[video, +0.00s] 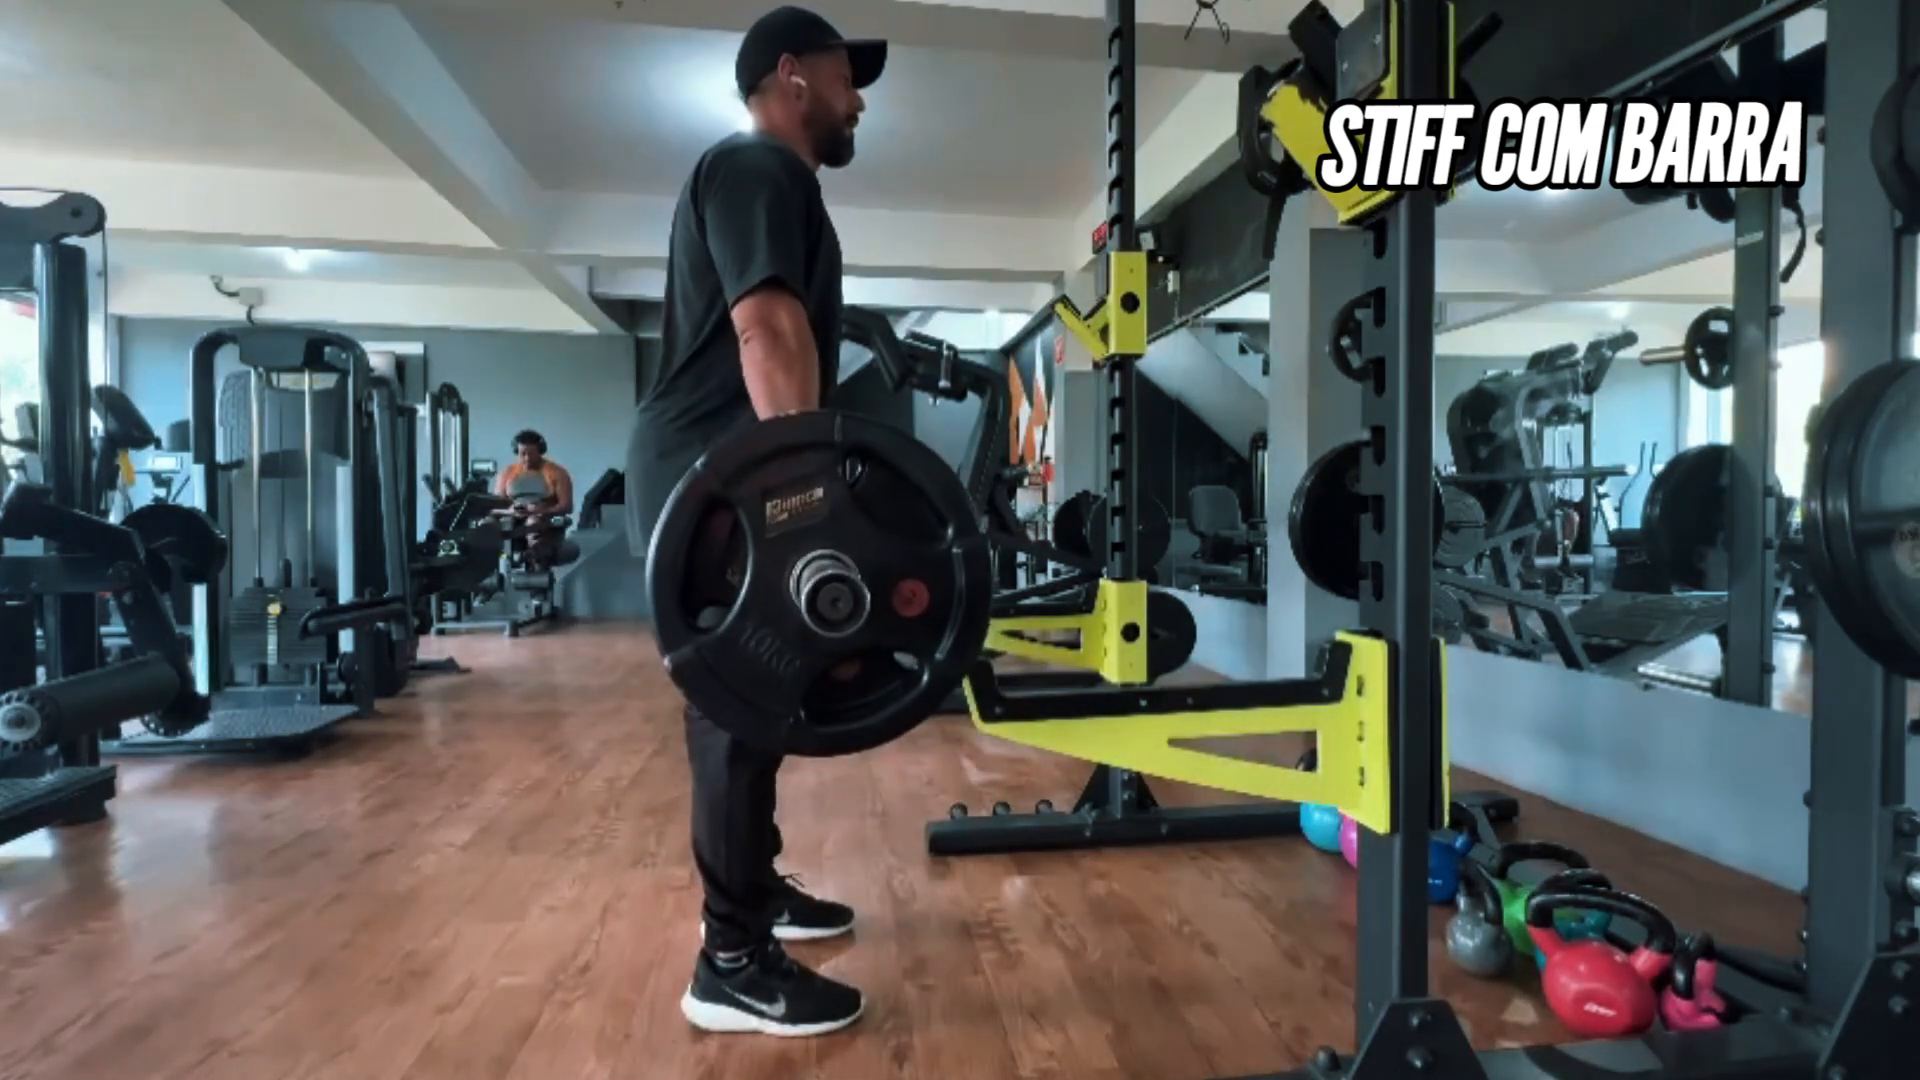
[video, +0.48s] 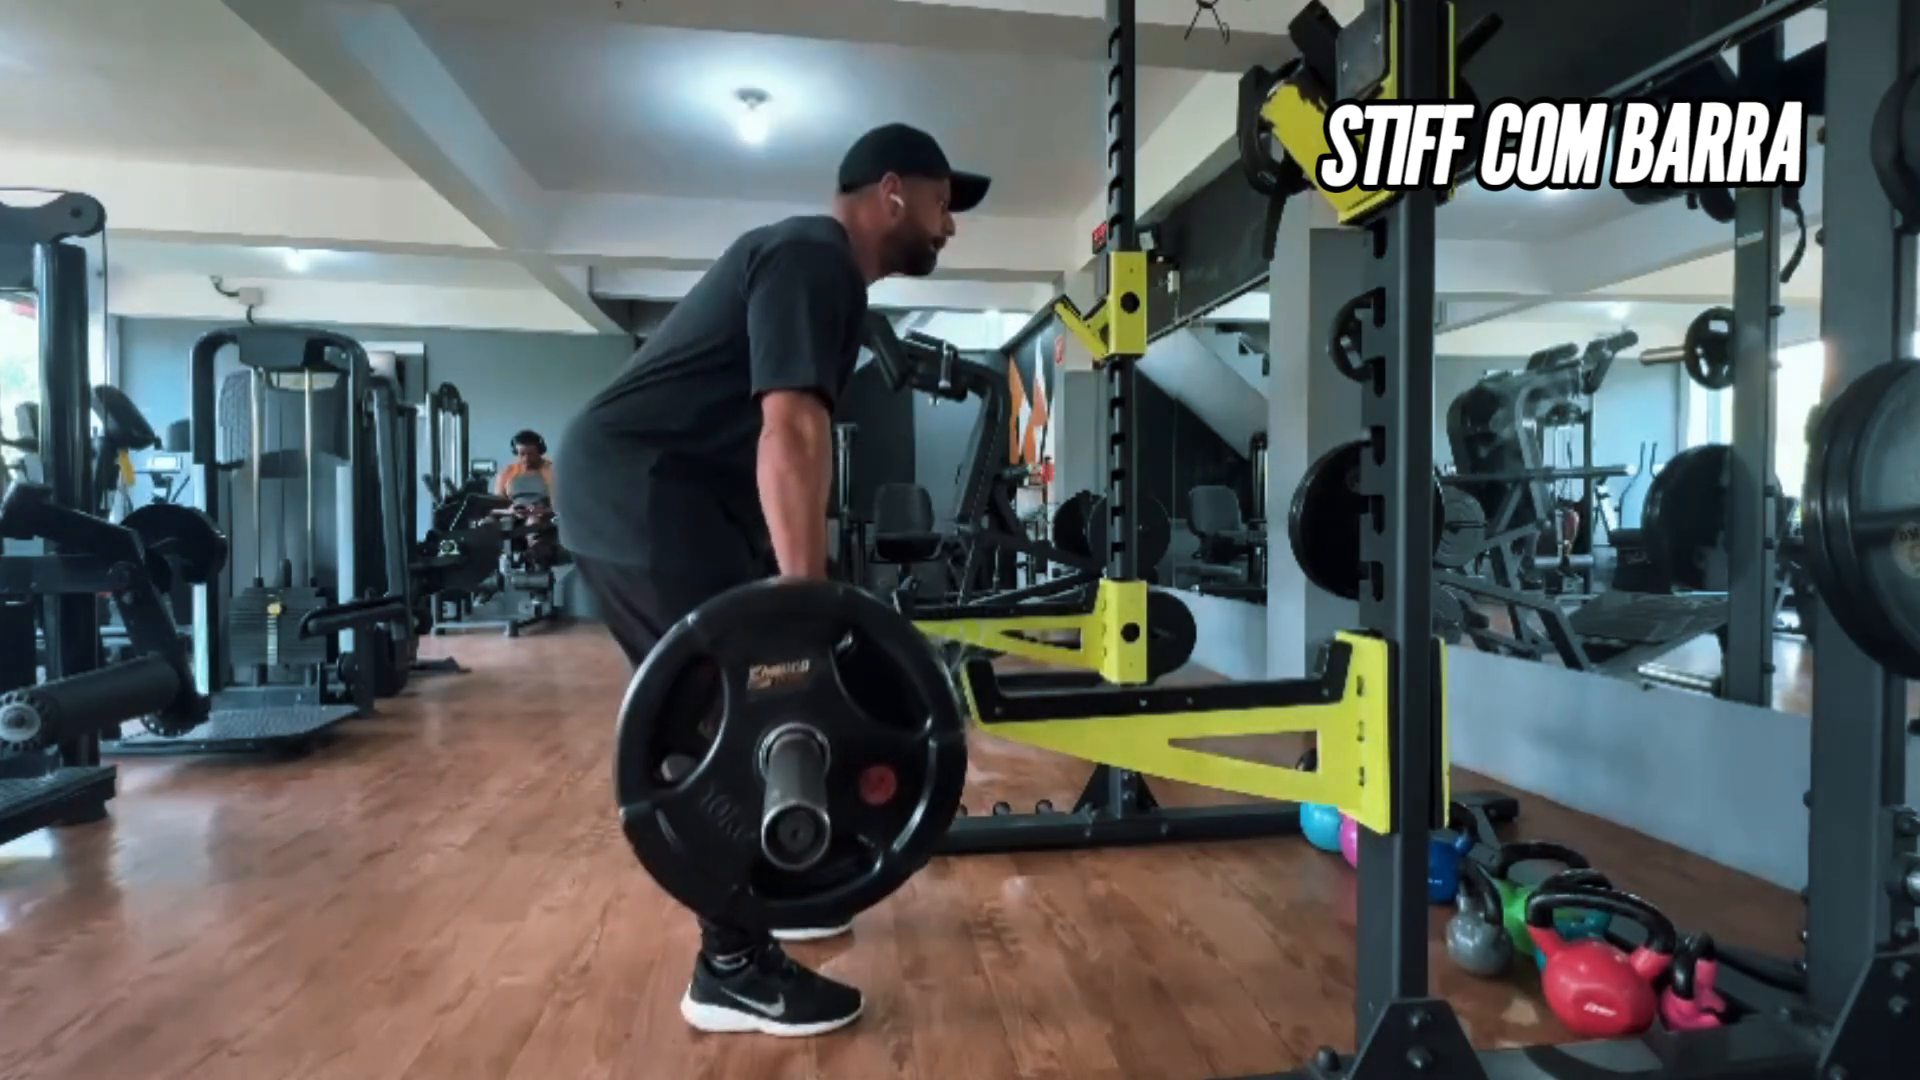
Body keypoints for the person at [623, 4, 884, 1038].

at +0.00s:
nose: (861, 96)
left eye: (859, 80)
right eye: (848, 76)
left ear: (786, 83)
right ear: (790, 75)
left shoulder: (764, 182)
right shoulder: (754, 165)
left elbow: (778, 344)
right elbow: (765, 326)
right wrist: (810, 498)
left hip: (720, 474)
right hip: (706, 475)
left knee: (752, 693)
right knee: (733, 704)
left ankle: (751, 884)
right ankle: (731, 958)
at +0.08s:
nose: (873, 109)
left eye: (873, 91)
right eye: (862, 86)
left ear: (799, 86)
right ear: (807, 80)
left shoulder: (778, 189)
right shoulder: (760, 171)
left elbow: (780, 347)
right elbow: (767, 332)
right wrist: (807, 503)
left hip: (718, 473)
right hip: (699, 473)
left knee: (752, 686)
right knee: (729, 701)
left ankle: (752, 883)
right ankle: (731, 957)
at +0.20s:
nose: (901, 136)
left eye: (901, 119)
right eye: (890, 114)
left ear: (829, 112)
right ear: (836, 109)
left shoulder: (808, 209)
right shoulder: (781, 187)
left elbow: (790, 363)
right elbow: (776, 355)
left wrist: (802, 523)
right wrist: (808, 534)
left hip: (707, 474)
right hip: (677, 475)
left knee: (747, 690)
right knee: (728, 700)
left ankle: (749, 884)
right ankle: (730, 959)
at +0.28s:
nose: (915, 159)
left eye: (916, 143)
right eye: (906, 137)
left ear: (845, 130)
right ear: (849, 126)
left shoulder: (811, 216)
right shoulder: (790, 199)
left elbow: (790, 376)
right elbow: (781, 369)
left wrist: (803, 547)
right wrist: (806, 552)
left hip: (699, 472)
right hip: (667, 473)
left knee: (744, 688)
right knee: (723, 702)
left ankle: (751, 886)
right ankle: (731, 959)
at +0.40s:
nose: (939, 205)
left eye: (941, 187)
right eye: (932, 182)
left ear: (873, 172)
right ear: (879, 167)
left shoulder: (818, 250)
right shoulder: (805, 233)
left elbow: (796, 409)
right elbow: (787, 402)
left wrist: (810, 578)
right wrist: (810, 582)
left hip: (682, 479)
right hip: (648, 477)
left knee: (742, 687)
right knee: (721, 702)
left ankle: (758, 894)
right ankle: (729, 957)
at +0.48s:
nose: (950, 227)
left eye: (953, 209)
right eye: (943, 204)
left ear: (882, 195)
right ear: (891, 191)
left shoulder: (814, 262)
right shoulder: (811, 250)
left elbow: (795, 427)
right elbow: (791, 423)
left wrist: (805, 594)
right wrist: (808, 603)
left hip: (635, 480)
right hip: (646, 482)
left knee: (714, 705)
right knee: (740, 704)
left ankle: (745, 926)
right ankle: (734, 959)